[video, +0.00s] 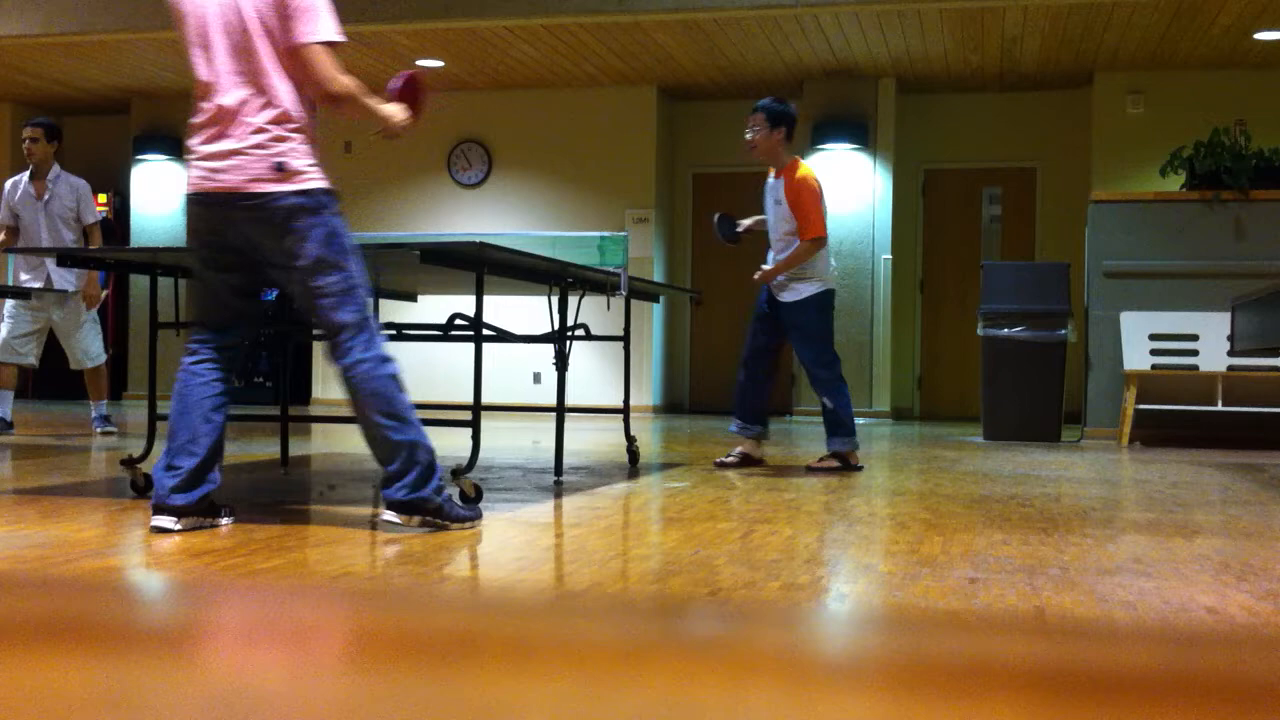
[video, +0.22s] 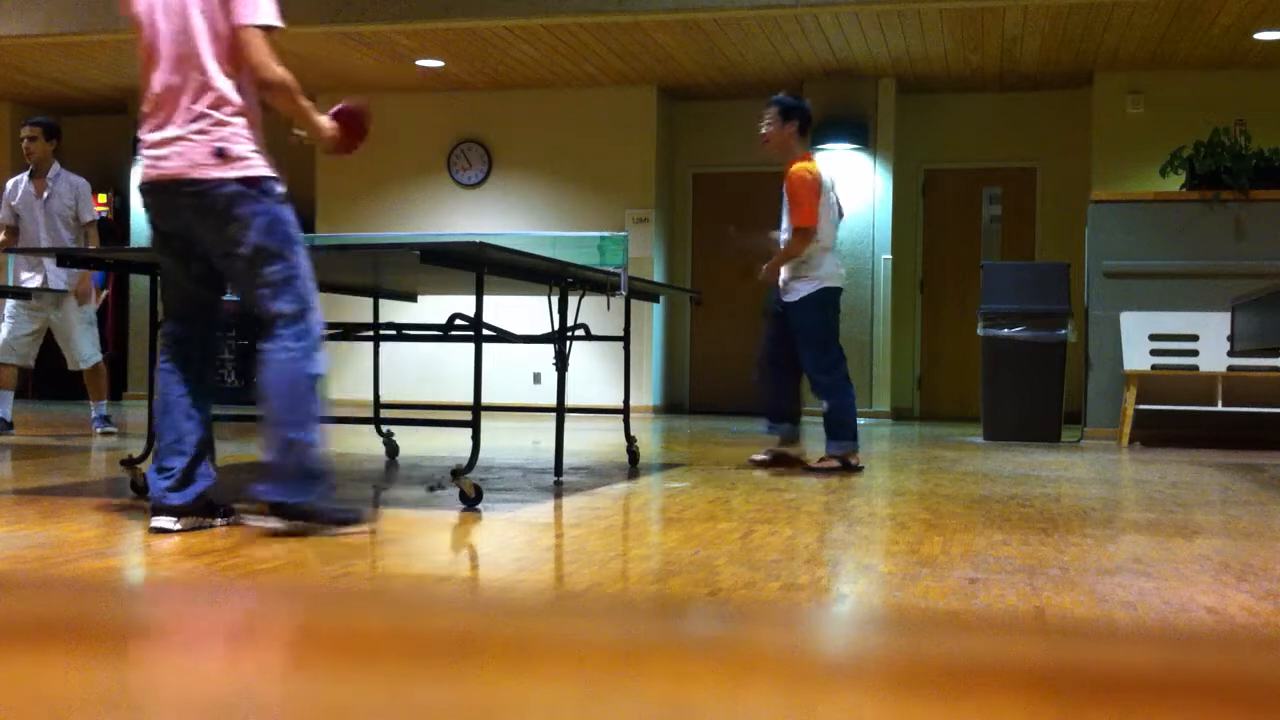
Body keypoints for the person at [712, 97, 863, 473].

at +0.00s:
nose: (748, 137)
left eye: (756, 130)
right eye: (748, 130)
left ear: (780, 133)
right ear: (769, 135)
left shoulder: (801, 179)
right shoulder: (774, 175)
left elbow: (815, 239)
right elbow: (785, 221)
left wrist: (775, 269)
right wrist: (750, 224)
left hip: (809, 290)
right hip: (778, 287)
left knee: (823, 370)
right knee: (756, 360)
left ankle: (844, 451)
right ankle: (750, 444)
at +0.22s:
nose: (762, 131)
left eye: (769, 123)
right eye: (763, 123)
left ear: (792, 128)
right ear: (792, 130)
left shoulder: (800, 172)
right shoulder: (812, 170)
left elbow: (804, 234)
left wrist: (775, 264)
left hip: (813, 286)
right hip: (799, 285)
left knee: (824, 366)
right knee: (779, 361)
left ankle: (843, 451)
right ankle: (786, 445)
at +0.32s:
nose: (767, 133)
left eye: (774, 125)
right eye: (768, 124)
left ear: (796, 129)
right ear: (795, 131)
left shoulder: (798, 170)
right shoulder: (821, 170)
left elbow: (789, 226)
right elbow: (849, 219)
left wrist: (758, 261)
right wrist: (815, 250)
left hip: (810, 278)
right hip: (817, 278)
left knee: (824, 360)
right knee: (794, 360)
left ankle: (846, 448)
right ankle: (802, 443)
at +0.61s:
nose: (759, 147)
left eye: (765, 140)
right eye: (761, 140)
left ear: (783, 143)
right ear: (792, 145)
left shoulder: (778, 180)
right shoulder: (824, 185)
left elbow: (758, 233)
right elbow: (845, 238)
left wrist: (721, 265)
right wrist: (823, 269)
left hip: (795, 285)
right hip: (825, 286)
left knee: (789, 366)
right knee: (808, 367)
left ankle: (831, 438)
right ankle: (807, 444)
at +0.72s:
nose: (749, 159)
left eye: (753, 150)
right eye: (749, 151)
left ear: (771, 149)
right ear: (782, 151)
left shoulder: (773, 181)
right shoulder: (814, 186)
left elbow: (741, 235)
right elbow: (828, 245)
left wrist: (702, 269)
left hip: (789, 288)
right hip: (823, 292)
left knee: (753, 354)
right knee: (806, 365)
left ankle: (791, 434)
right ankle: (805, 443)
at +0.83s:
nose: (740, 161)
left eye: (743, 153)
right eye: (740, 153)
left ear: (758, 153)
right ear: (772, 154)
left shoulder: (761, 182)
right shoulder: (801, 183)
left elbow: (728, 236)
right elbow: (811, 240)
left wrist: (690, 271)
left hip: (786, 285)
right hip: (822, 289)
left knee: (747, 355)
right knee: (806, 366)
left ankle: (747, 444)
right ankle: (807, 447)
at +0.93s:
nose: (726, 170)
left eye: (729, 161)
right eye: (726, 162)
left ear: (743, 158)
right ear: (759, 157)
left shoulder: (746, 188)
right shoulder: (793, 185)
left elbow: (714, 241)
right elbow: (798, 240)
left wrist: (680, 274)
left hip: (776, 290)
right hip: (815, 293)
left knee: (742, 363)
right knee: (806, 365)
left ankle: (715, 443)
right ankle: (808, 446)